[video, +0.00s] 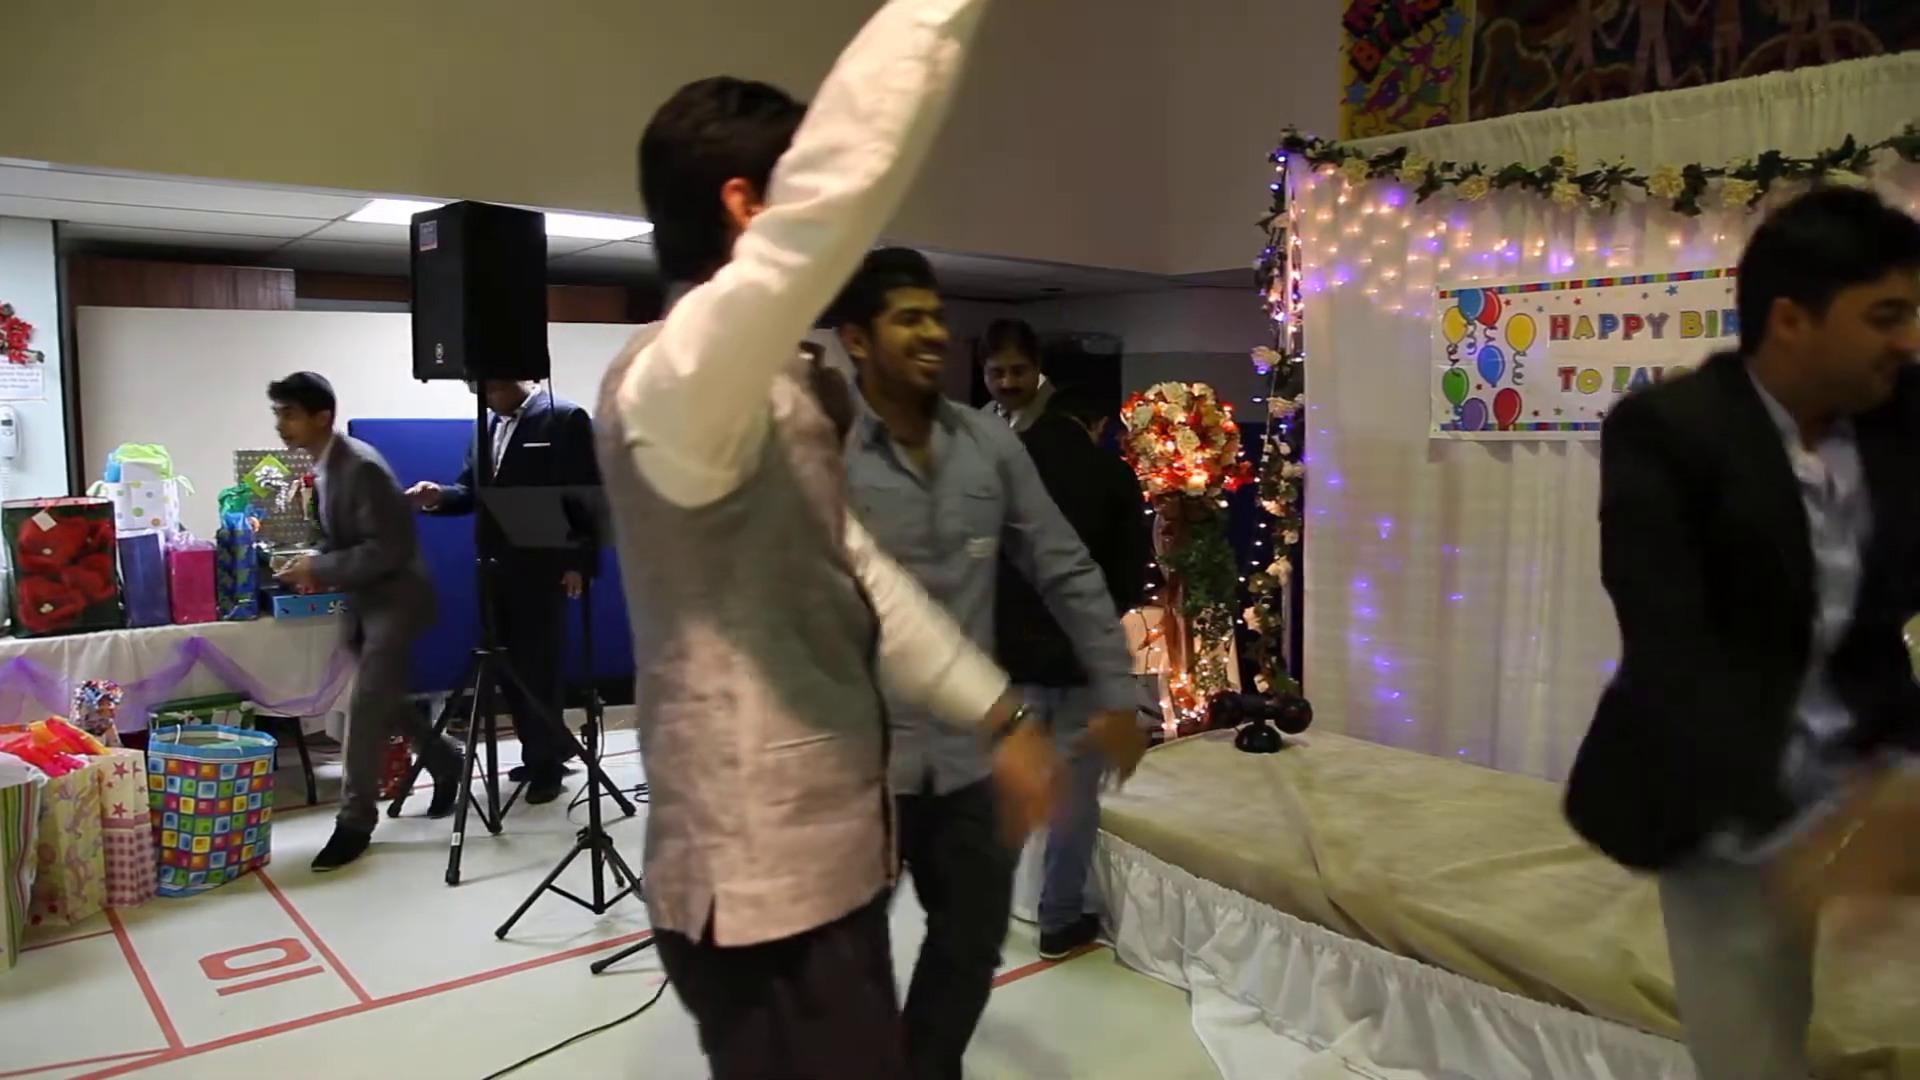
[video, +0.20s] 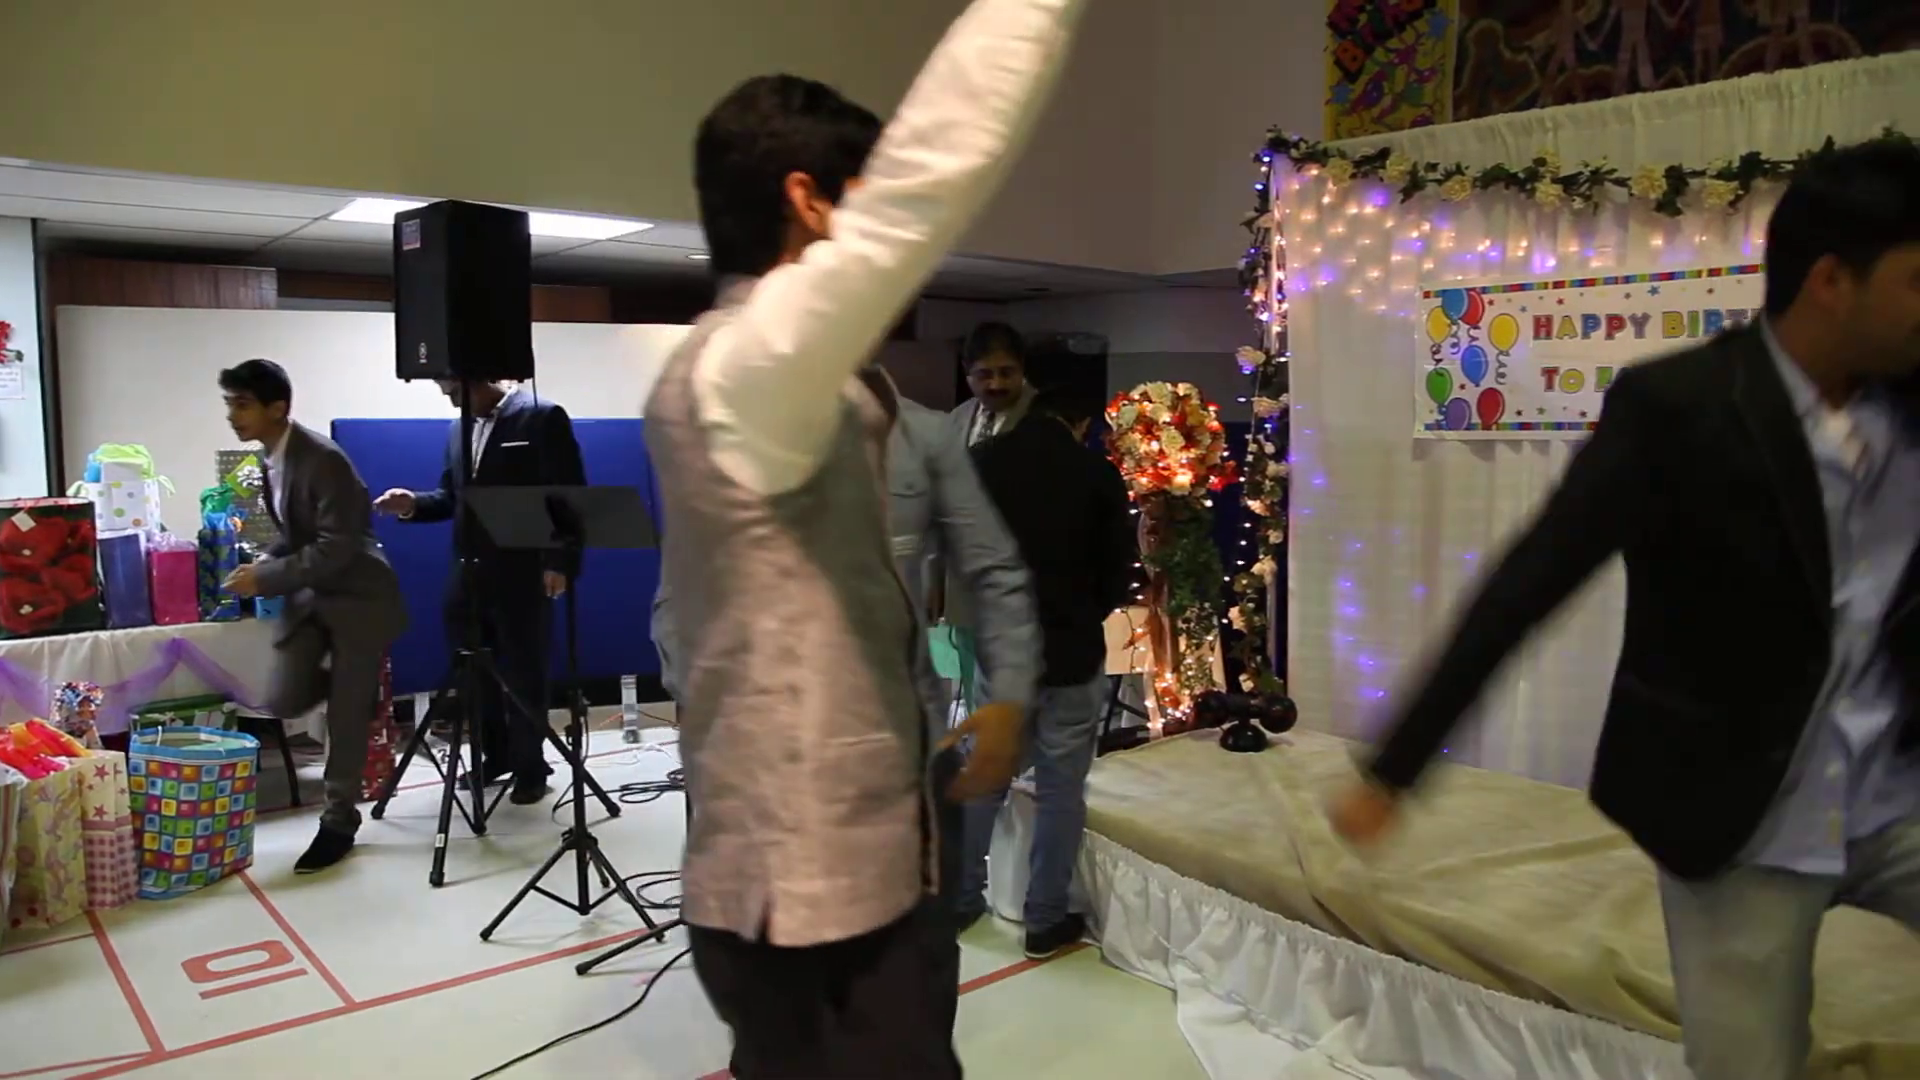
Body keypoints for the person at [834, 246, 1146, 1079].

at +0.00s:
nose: (932, 337)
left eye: (939, 322)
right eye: (910, 321)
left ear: (946, 336)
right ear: (858, 337)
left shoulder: (989, 445)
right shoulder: (822, 448)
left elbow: (1066, 568)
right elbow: (795, 595)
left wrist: (1118, 694)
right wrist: (816, 735)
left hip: (966, 742)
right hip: (856, 748)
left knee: (974, 938)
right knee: (849, 946)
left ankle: (928, 1066)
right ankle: (855, 1062)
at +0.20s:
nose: (994, 387)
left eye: (1005, 382)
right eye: (1093, 420)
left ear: (1031, 403)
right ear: (1082, 421)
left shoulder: (977, 462)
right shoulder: (1096, 473)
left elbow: (953, 552)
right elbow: (1116, 579)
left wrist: (975, 615)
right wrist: (1081, 608)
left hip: (998, 641)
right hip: (1072, 647)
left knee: (981, 766)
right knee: (1063, 785)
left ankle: (961, 894)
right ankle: (1046, 919)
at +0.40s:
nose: (1096, 422)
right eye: (1093, 413)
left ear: (1028, 399)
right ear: (1084, 416)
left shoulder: (979, 464)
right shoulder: (1097, 476)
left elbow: (966, 558)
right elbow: (1115, 578)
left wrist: (995, 593)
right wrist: (1078, 606)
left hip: (1001, 649)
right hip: (1074, 655)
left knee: (982, 779)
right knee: (1062, 790)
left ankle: (960, 898)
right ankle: (1045, 921)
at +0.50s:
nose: (1098, 420)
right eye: (1095, 411)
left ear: (1024, 400)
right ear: (1084, 411)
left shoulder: (988, 463)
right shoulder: (1095, 474)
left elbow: (964, 558)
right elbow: (1115, 579)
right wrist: (1074, 605)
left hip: (997, 654)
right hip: (1074, 657)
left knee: (980, 792)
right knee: (1061, 795)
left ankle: (973, 920)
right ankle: (1045, 922)